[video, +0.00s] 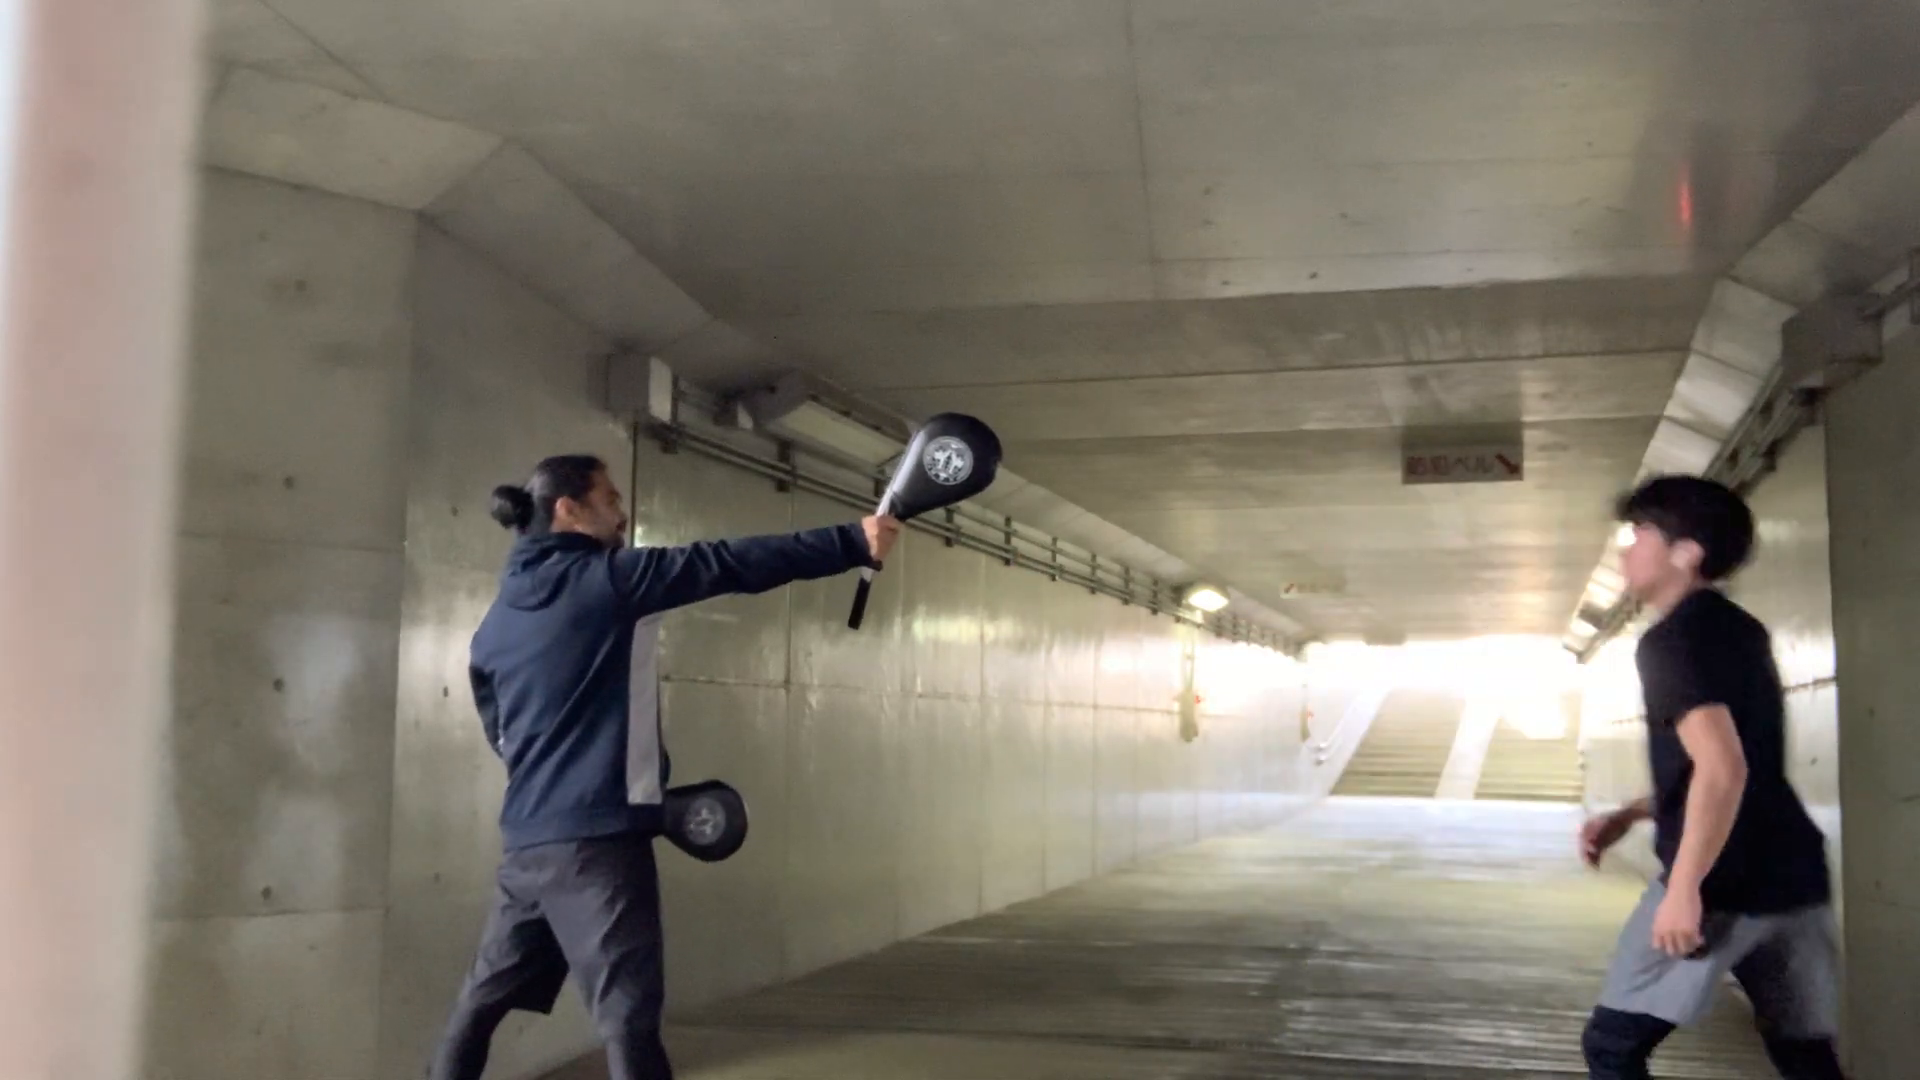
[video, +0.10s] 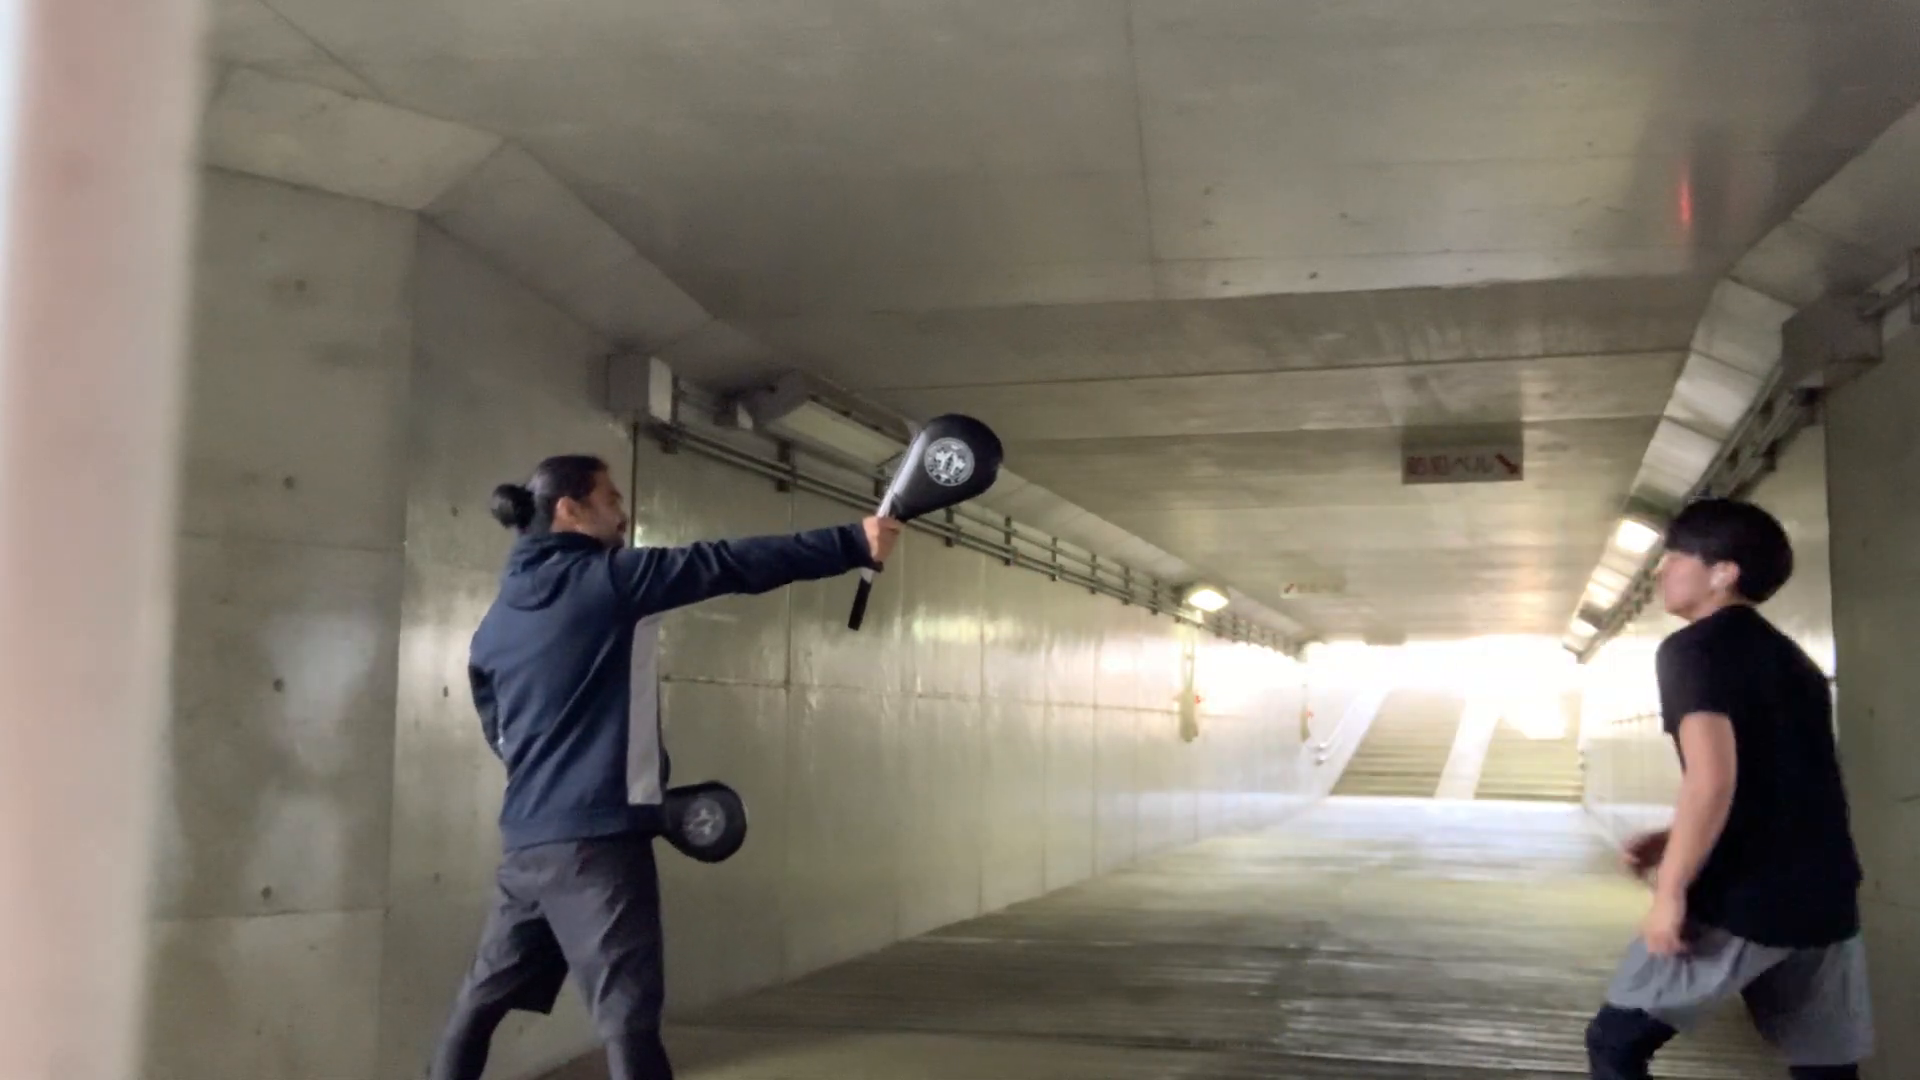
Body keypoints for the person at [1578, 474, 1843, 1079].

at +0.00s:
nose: (1625, 548)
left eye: (1640, 532)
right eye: (1631, 531)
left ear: (1687, 554)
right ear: (1690, 556)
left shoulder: (1671, 640)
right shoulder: (1743, 630)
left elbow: (1723, 768)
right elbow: (1719, 769)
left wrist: (1683, 887)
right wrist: (1629, 817)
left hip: (1713, 883)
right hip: (1790, 873)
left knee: (1612, 1046)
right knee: (1808, 1055)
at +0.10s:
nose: (1662, 567)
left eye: (1677, 555)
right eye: (1668, 553)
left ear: (1724, 574)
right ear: (1727, 577)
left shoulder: (1694, 650)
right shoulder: (1794, 660)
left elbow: (1711, 778)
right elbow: (1782, 789)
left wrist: (1669, 893)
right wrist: (1677, 839)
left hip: (1740, 899)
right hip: (1823, 895)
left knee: (1615, 1043)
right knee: (1829, 1069)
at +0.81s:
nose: (1651, 562)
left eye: (1665, 550)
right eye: (1658, 548)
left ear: (1713, 568)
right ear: (1723, 573)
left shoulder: (1662, 635)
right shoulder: (1795, 667)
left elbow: (1630, 736)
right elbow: (1840, 794)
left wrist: (1591, 819)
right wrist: (1779, 840)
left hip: (1678, 888)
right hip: (1778, 891)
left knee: (1593, 1062)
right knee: (1813, 1064)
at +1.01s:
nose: (1638, 522)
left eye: (1650, 509)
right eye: (1642, 508)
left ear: (1700, 527)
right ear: (1706, 531)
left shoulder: (1649, 591)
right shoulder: (1775, 623)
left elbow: (1627, 690)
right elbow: (1818, 745)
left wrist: (1566, 766)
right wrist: (1749, 788)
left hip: (1657, 840)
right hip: (1753, 850)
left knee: (1578, 1024)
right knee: (1808, 1035)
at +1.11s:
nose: (1633, 556)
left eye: (1650, 544)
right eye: (1641, 541)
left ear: (1690, 572)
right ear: (1696, 574)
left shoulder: (1641, 639)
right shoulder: (1766, 678)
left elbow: (1595, 739)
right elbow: (1802, 796)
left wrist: (1533, 823)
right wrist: (1731, 834)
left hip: (1648, 887)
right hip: (1748, 898)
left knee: (1560, 1052)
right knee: (1787, 1060)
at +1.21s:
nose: (1626, 558)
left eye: (1641, 545)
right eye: (1631, 544)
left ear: (1686, 563)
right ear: (1692, 566)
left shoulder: (1644, 634)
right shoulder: (1761, 666)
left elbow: (1623, 740)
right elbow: (1786, 796)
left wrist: (1550, 833)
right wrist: (1704, 828)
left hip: (1645, 886)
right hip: (1742, 893)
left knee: (1556, 1042)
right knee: (1789, 1059)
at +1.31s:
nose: (1635, 525)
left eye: (1647, 511)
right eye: (1638, 512)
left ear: (1696, 524)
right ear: (1704, 528)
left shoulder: (1649, 591)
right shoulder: (1768, 623)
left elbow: (1651, 698)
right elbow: (1787, 759)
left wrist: (1594, 799)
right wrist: (1707, 782)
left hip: (1642, 840)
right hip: (1740, 850)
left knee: (1562, 1015)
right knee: (1797, 1029)